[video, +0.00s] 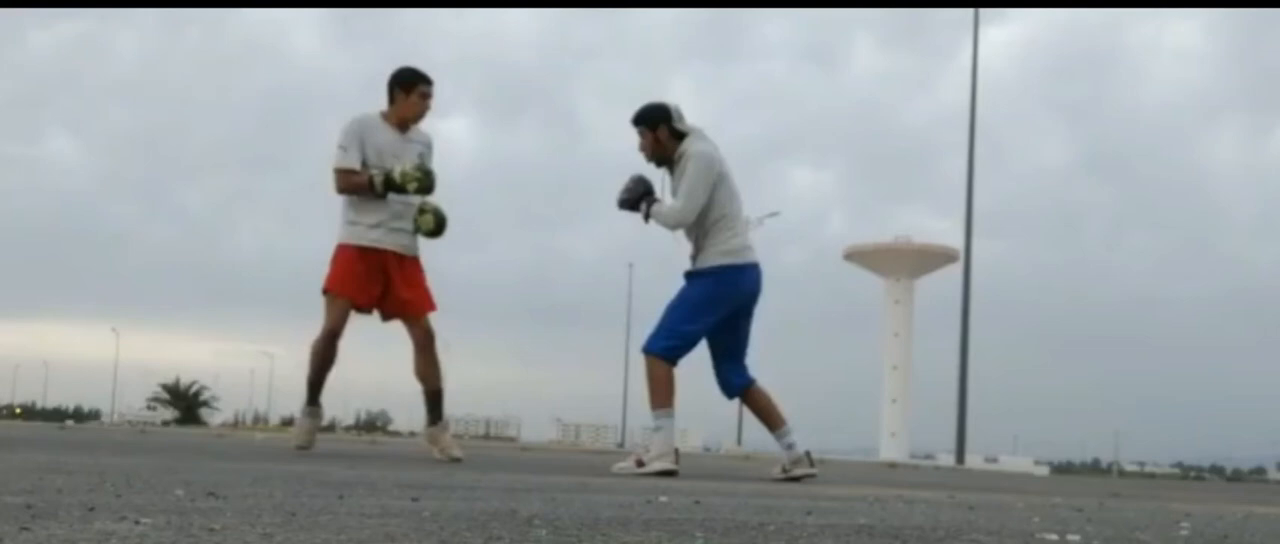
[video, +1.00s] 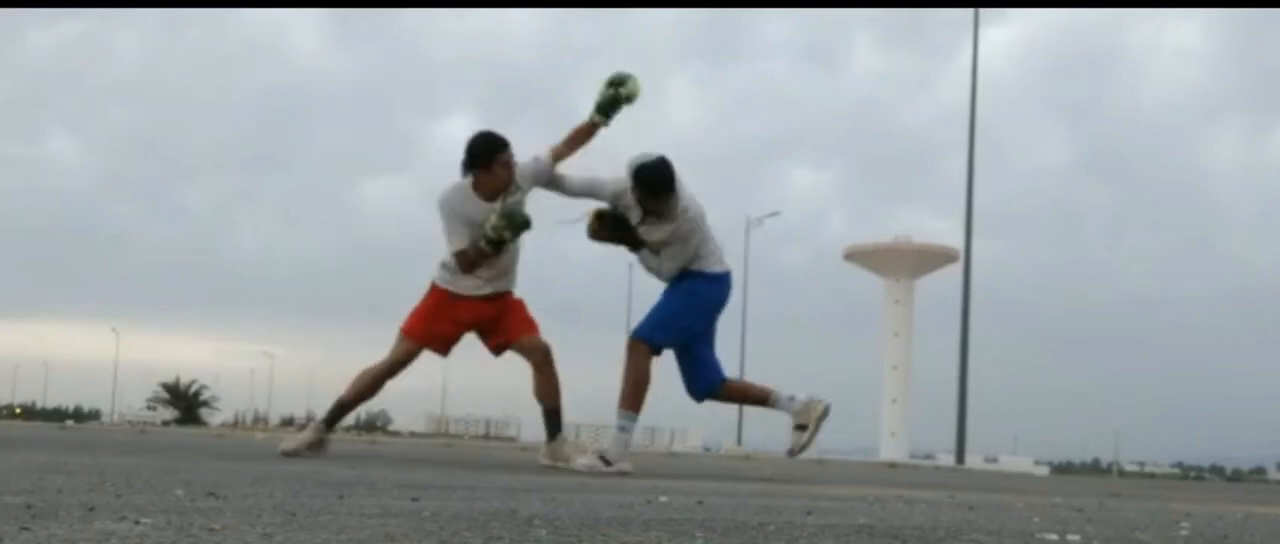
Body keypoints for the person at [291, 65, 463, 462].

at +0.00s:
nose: (427, 107)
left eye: (430, 100)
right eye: (423, 98)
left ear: (416, 100)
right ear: (400, 95)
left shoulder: (422, 143)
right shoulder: (360, 127)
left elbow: (420, 194)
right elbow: (343, 181)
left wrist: (427, 215)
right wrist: (388, 181)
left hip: (402, 252)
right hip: (357, 247)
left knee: (424, 335)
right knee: (332, 329)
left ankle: (436, 426)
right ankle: (310, 411)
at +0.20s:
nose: (422, 103)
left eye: (424, 96)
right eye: (418, 94)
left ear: (414, 97)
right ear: (394, 91)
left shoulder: (418, 137)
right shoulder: (354, 125)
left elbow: (405, 189)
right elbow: (342, 181)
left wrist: (419, 212)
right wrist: (390, 174)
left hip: (398, 248)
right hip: (352, 242)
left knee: (420, 332)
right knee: (323, 322)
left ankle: (429, 423)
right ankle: (292, 407)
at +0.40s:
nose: (404, 121)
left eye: (405, 114)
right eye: (398, 113)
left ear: (386, 116)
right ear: (374, 114)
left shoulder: (401, 161)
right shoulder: (333, 154)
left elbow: (406, 217)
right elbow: (335, 214)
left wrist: (407, 246)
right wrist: (380, 195)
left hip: (381, 279)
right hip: (332, 275)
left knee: (421, 352)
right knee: (296, 349)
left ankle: (414, 431)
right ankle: (253, 427)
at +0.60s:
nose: (421, 105)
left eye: (423, 98)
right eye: (416, 97)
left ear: (409, 100)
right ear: (391, 97)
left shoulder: (420, 143)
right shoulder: (356, 134)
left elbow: (420, 198)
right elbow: (354, 193)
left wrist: (430, 223)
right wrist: (400, 175)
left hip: (406, 261)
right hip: (359, 256)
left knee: (441, 338)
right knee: (328, 330)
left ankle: (418, 425)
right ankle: (288, 412)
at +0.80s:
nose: (465, 124)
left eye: (466, 116)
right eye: (460, 116)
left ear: (444, 119)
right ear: (437, 117)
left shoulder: (463, 158)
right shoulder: (404, 157)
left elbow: (493, 196)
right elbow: (430, 213)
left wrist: (524, 189)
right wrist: (470, 185)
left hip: (448, 280)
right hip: (399, 279)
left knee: (499, 342)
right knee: (350, 352)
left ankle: (520, 434)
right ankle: (292, 424)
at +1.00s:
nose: (513, 172)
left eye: (512, 164)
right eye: (505, 167)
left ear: (508, 166)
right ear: (482, 172)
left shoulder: (524, 178)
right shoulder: (454, 200)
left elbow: (565, 149)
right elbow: (466, 263)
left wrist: (602, 115)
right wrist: (502, 236)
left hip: (499, 299)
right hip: (450, 297)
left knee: (542, 354)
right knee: (393, 363)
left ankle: (556, 445)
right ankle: (321, 428)